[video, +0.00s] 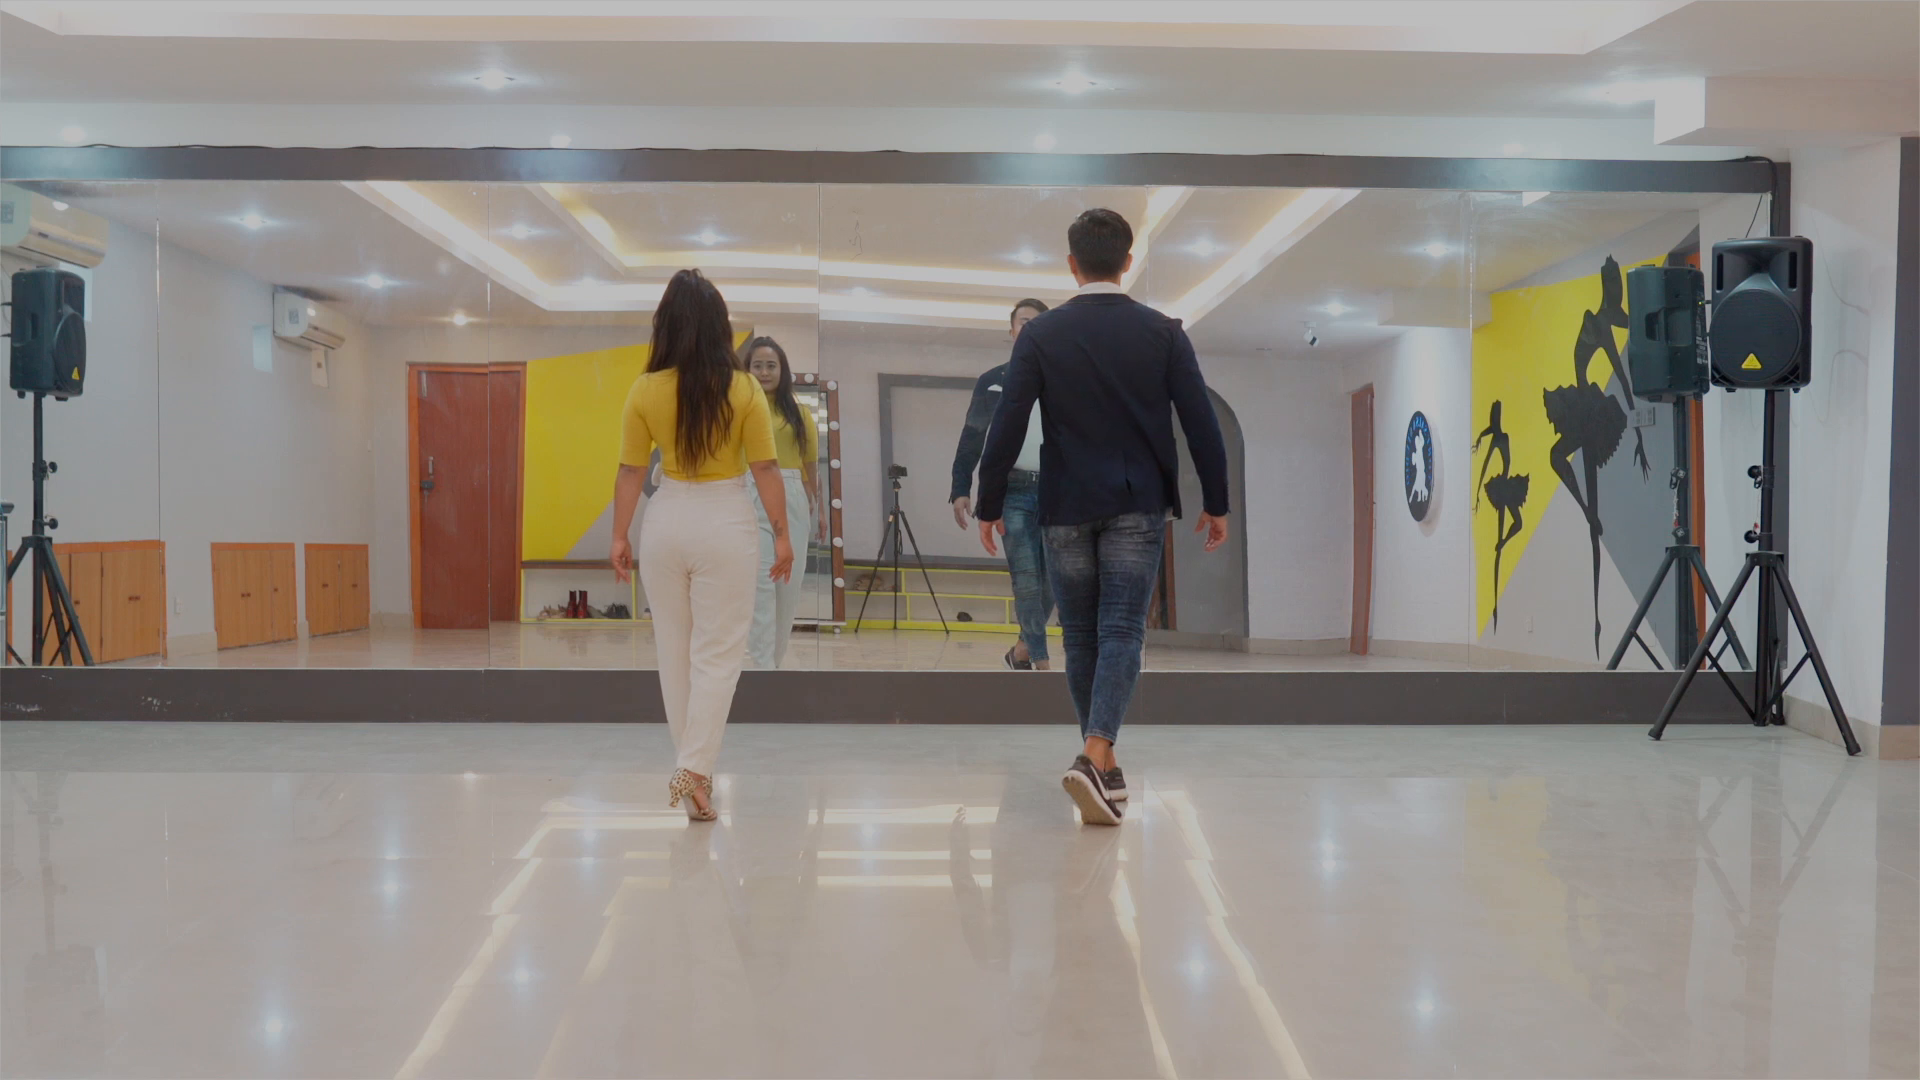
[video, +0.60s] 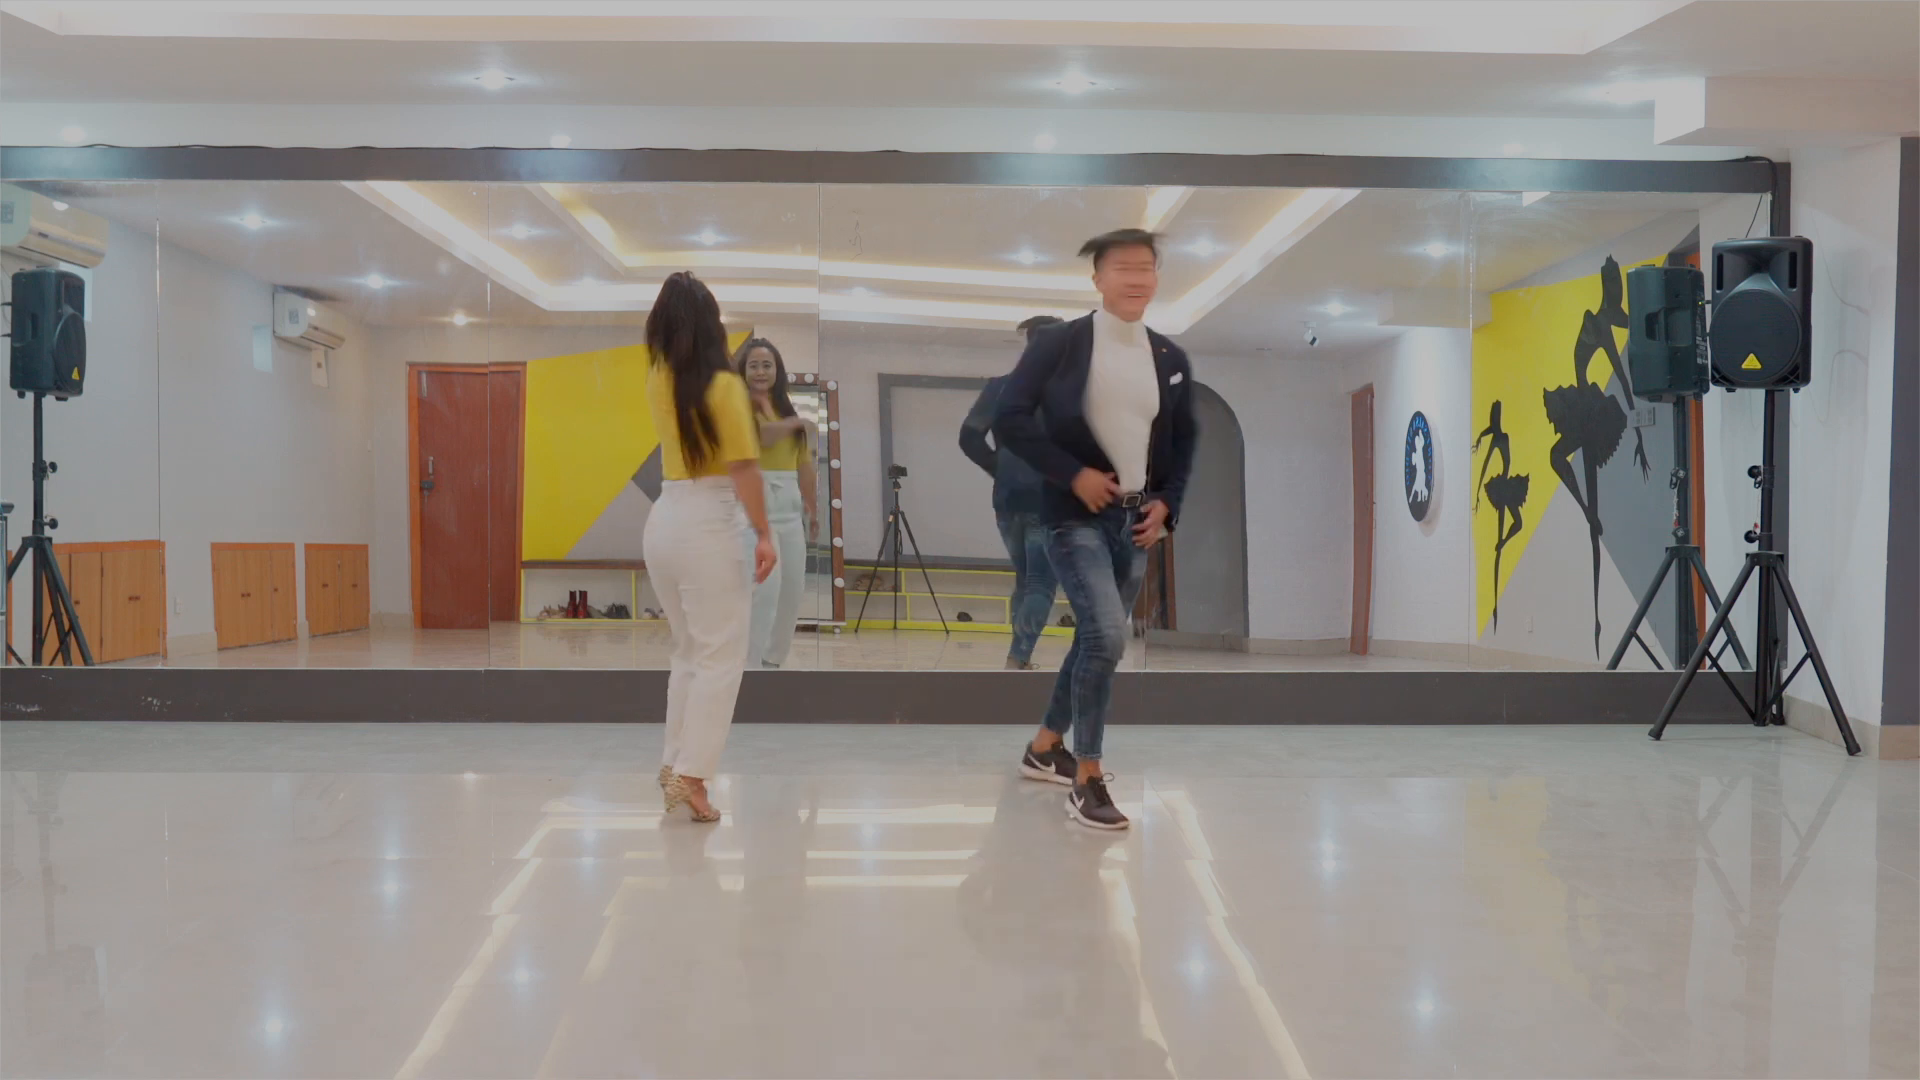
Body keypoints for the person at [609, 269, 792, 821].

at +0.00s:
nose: (730, 330)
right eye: (725, 321)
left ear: (665, 325)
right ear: (721, 324)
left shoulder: (646, 389)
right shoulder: (742, 387)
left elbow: (631, 470)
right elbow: (764, 467)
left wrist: (620, 534)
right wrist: (782, 533)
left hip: (664, 517)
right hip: (729, 519)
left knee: (673, 647)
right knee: (719, 652)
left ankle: (690, 768)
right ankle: (694, 768)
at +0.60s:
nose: (722, 322)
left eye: (715, 314)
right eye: (718, 315)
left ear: (663, 325)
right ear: (712, 321)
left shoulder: (657, 382)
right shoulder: (723, 385)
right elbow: (743, 465)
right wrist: (764, 532)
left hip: (666, 519)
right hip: (714, 521)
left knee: (688, 648)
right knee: (723, 655)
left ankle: (675, 765)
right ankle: (693, 774)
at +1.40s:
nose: (689, 353)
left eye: (702, 345)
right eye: (681, 342)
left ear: (721, 348)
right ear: (668, 342)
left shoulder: (740, 403)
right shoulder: (651, 402)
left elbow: (766, 474)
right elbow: (612, 470)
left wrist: (774, 533)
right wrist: (621, 525)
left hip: (734, 541)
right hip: (668, 539)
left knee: (728, 661)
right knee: (675, 654)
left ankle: (703, 767)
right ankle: (681, 779)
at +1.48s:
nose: (691, 354)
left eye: (704, 345)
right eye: (682, 343)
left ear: (722, 349)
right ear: (670, 344)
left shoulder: (742, 405)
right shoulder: (652, 406)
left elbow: (766, 473)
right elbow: (616, 471)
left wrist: (772, 531)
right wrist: (624, 520)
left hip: (734, 542)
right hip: (668, 539)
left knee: (729, 662)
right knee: (674, 654)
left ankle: (703, 766)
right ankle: (681, 779)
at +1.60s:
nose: (693, 356)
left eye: (705, 347)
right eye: (684, 345)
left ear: (724, 352)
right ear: (672, 349)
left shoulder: (745, 408)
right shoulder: (656, 409)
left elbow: (765, 470)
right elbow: (626, 476)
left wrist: (770, 523)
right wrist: (622, 520)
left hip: (731, 545)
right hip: (665, 541)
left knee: (732, 665)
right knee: (674, 653)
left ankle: (702, 765)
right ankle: (680, 779)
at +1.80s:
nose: (699, 355)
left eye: (711, 346)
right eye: (690, 345)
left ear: (730, 351)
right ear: (678, 348)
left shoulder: (748, 407)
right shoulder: (659, 406)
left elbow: (763, 485)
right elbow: (646, 483)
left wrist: (767, 547)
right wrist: (640, 548)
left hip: (735, 543)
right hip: (673, 541)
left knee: (733, 660)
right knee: (677, 652)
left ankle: (701, 763)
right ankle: (681, 778)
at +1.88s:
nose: (703, 349)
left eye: (715, 341)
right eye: (694, 339)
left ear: (733, 345)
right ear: (681, 342)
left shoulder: (749, 399)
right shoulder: (662, 396)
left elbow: (764, 477)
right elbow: (649, 474)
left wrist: (765, 540)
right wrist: (655, 542)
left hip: (738, 536)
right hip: (678, 534)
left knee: (731, 652)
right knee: (685, 646)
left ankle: (701, 761)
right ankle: (683, 769)